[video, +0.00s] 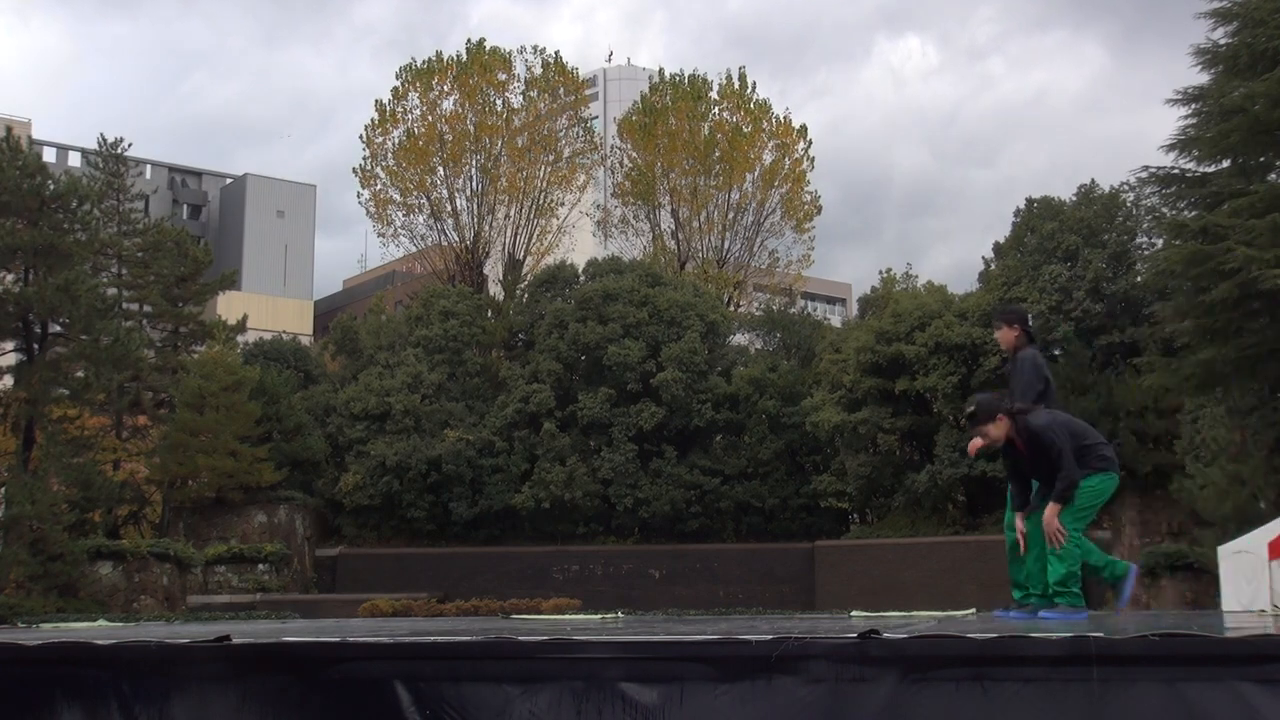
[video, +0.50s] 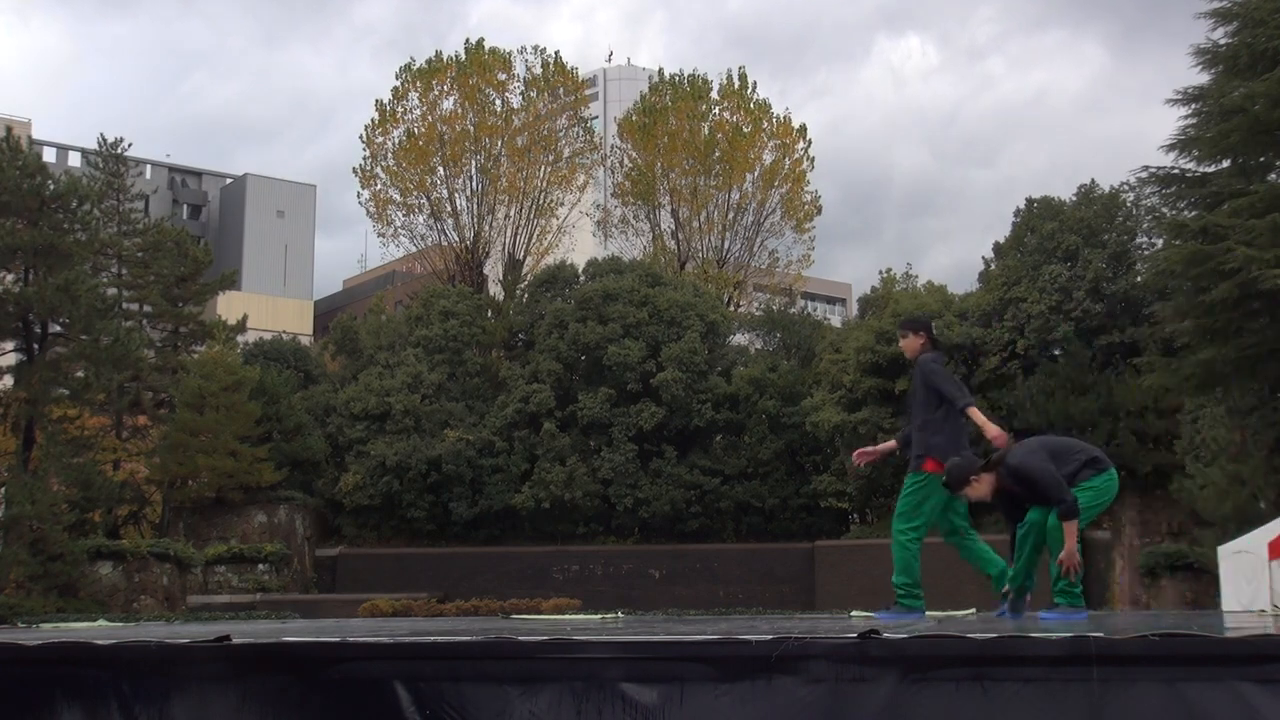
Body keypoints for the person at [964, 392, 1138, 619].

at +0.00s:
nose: (983, 441)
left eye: (983, 433)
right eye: (979, 436)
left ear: (1001, 419)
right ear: (1000, 420)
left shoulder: (1042, 427)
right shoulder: (1010, 442)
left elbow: (1069, 473)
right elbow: (1019, 478)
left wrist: (1052, 511)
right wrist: (1019, 516)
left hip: (1099, 473)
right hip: (1064, 476)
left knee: (1061, 527)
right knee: (1038, 526)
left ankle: (1070, 603)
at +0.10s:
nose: (979, 470)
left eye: (978, 461)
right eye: (974, 464)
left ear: (994, 444)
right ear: (993, 444)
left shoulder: (1038, 444)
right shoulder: (1006, 461)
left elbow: (1069, 493)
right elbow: (1016, 502)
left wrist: (1055, 533)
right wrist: (1019, 539)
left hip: (1097, 474)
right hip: (1060, 481)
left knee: (1058, 526)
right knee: (1032, 523)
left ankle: (1069, 603)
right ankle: (1040, 600)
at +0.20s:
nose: (980, 485)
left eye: (978, 478)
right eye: (975, 481)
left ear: (990, 463)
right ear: (990, 463)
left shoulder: (1036, 456)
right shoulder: (1005, 474)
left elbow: (1067, 505)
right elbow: (1015, 518)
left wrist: (1058, 549)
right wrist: (1023, 560)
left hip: (1097, 474)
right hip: (1066, 481)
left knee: (1057, 524)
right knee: (1032, 525)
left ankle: (1070, 602)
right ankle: (1042, 599)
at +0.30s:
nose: (977, 496)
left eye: (975, 490)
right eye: (973, 493)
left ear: (986, 475)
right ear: (987, 474)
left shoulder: (1032, 463)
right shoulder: (1006, 485)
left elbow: (1064, 514)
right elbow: (1025, 525)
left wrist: (1060, 559)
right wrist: (1025, 569)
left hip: (1097, 474)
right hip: (1065, 483)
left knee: (1060, 528)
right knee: (1035, 529)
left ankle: (1070, 604)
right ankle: (1026, 602)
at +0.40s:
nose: (975, 500)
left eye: (972, 494)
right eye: (971, 497)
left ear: (981, 479)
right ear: (981, 478)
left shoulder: (1028, 462)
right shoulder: (1006, 485)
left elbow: (1066, 509)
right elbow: (1025, 527)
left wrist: (1066, 553)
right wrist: (1019, 573)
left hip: (1098, 477)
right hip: (1064, 486)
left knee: (1057, 525)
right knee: (1033, 527)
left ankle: (1070, 604)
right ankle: (1020, 600)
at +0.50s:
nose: (971, 499)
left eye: (967, 493)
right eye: (966, 496)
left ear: (975, 479)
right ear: (976, 478)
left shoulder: (1023, 463)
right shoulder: (1003, 486)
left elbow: (1067, 502)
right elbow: (1018, 529)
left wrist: (1070, 548)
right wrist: (1015, 583)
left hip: (1097, 478)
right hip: (1061, 486)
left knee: (1058, 524)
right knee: (1032, 523)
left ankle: (1071, 604)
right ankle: (1017, 598)